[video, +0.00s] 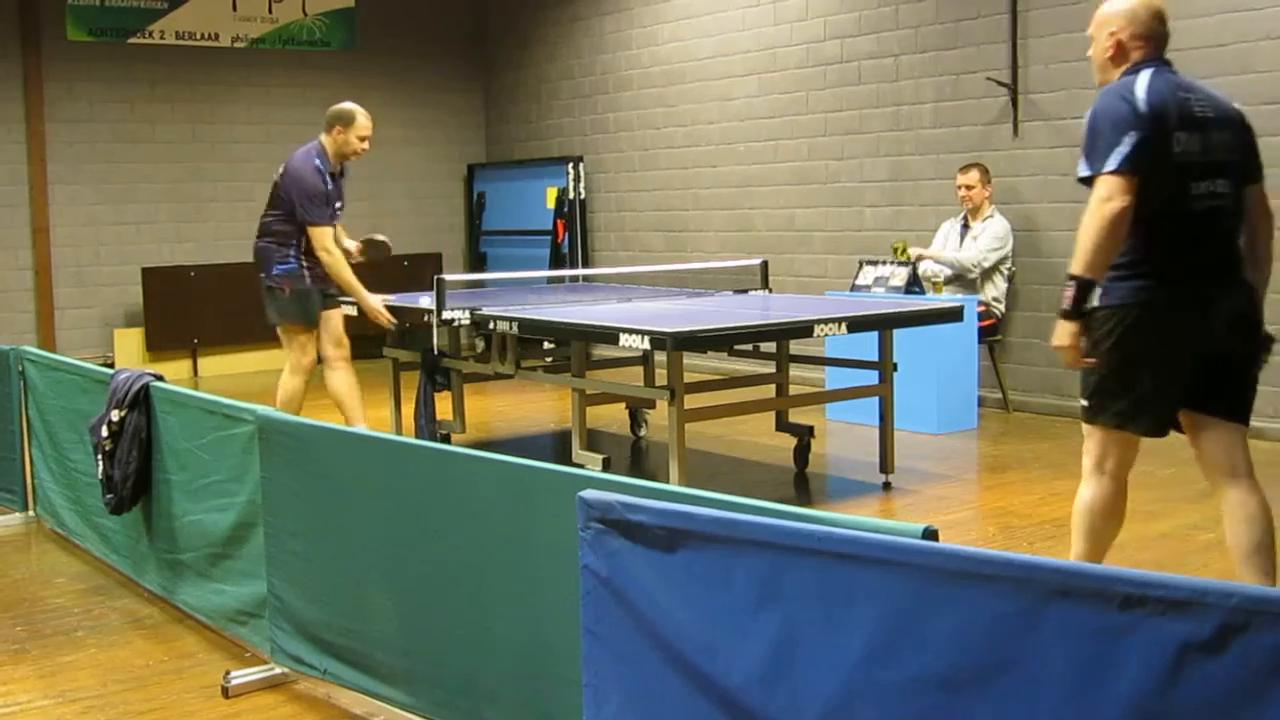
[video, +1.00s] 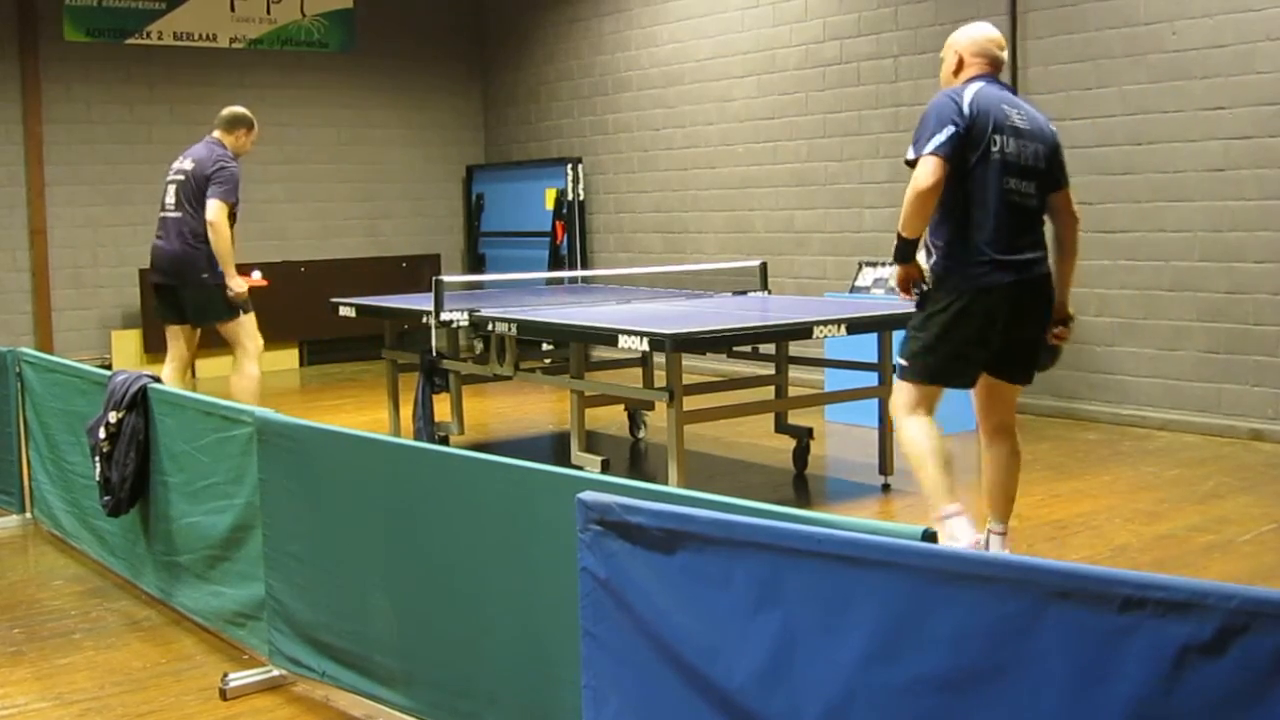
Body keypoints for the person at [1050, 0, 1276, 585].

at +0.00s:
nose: (1090, 53)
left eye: (1094, 41)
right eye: (1092, 41)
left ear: (1121, 43)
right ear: (1155, 45)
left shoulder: (1120, 102)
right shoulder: (1226, 112)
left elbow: (1112, 205)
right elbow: (1260, 223)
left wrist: (1071, 305)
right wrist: (1250, 310)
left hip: (1135, 315)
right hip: (1222, 312)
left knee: (1103, 468)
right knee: (1233, 472)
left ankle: (1075, 601)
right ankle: (1263, 612)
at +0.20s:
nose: (1041, 55)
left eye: (1044, 44)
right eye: (1042, 43)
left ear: (1067, 45)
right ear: (1109, 44)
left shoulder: (1064, 103)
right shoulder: (1174, 106)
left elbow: (1030, 203)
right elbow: (1216, 207)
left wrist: (983, 298)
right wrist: (1207, 297)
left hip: (1086, 307)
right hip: (1169, 301)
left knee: (1071, 455)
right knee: (1159, 455)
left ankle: (1066, 591)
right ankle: (1227, 577)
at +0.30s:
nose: (1030, 55)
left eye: (1031, 45)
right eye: (1031, 44)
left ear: (1046, 44)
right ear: (1091, 43)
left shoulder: (1040, 103)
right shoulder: (1153, 107)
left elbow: (994, 202)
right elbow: (1195, 209)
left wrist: (944, 294)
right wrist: (1177, 295)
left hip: (1068, 302)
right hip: (1143, 299)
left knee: (1062, 456)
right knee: (1117, 442)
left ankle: (1062, 590)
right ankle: (1177, 543)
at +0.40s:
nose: (1016, 56)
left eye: (1018, 47)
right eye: (1019, 46)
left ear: (1032, 45)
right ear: (1077, 46)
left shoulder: (1021, 103)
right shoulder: (1134, 108)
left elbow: (968, 201)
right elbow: (1174, 211)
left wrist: (920, 280)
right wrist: (1148, 284)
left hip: (1049, 296)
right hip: (1122, 294)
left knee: (1052, 449)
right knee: (1085, 426)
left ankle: (1062, 587)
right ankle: (1123, 544)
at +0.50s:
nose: (1004, 62)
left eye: (1006, 52)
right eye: (1006, 52)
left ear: (1018, 50)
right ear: (1064, 51)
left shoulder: (1006, 107)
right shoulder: (1118, 113)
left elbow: (950, 202)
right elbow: (1155, 214)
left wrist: (914, 269)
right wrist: (1128, 281)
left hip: (1031, 298)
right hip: (1104, 295)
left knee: (1045, 445)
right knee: (1059, 433)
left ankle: (1059, 578)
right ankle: (1059, 565)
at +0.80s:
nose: (968, 75)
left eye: (970, 66)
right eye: (970, 66)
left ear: (981, 65)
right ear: (1026, 67)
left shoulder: (973, 111)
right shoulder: (1071, 131)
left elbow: (926, 204)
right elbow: (1098, 230)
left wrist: (908, 265)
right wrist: (1092, 313)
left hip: (986, 296)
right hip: (1050, 297)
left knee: (985, 426)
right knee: (1008, 421)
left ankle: (1040, 552)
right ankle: (995, 539)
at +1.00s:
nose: (940, 74)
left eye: (943, 64)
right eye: (941, 66)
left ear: (957, 61)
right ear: (1002, 66)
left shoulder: (953, 102)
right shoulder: (1040, 124)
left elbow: (929, 181)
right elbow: (1067, 219)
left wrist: (905, 255)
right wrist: (1061, 299)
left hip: (964, 289)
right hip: (1029, 293)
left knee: (908, 407)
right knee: (998, 417)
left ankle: (952, 525)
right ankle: (995, 542)